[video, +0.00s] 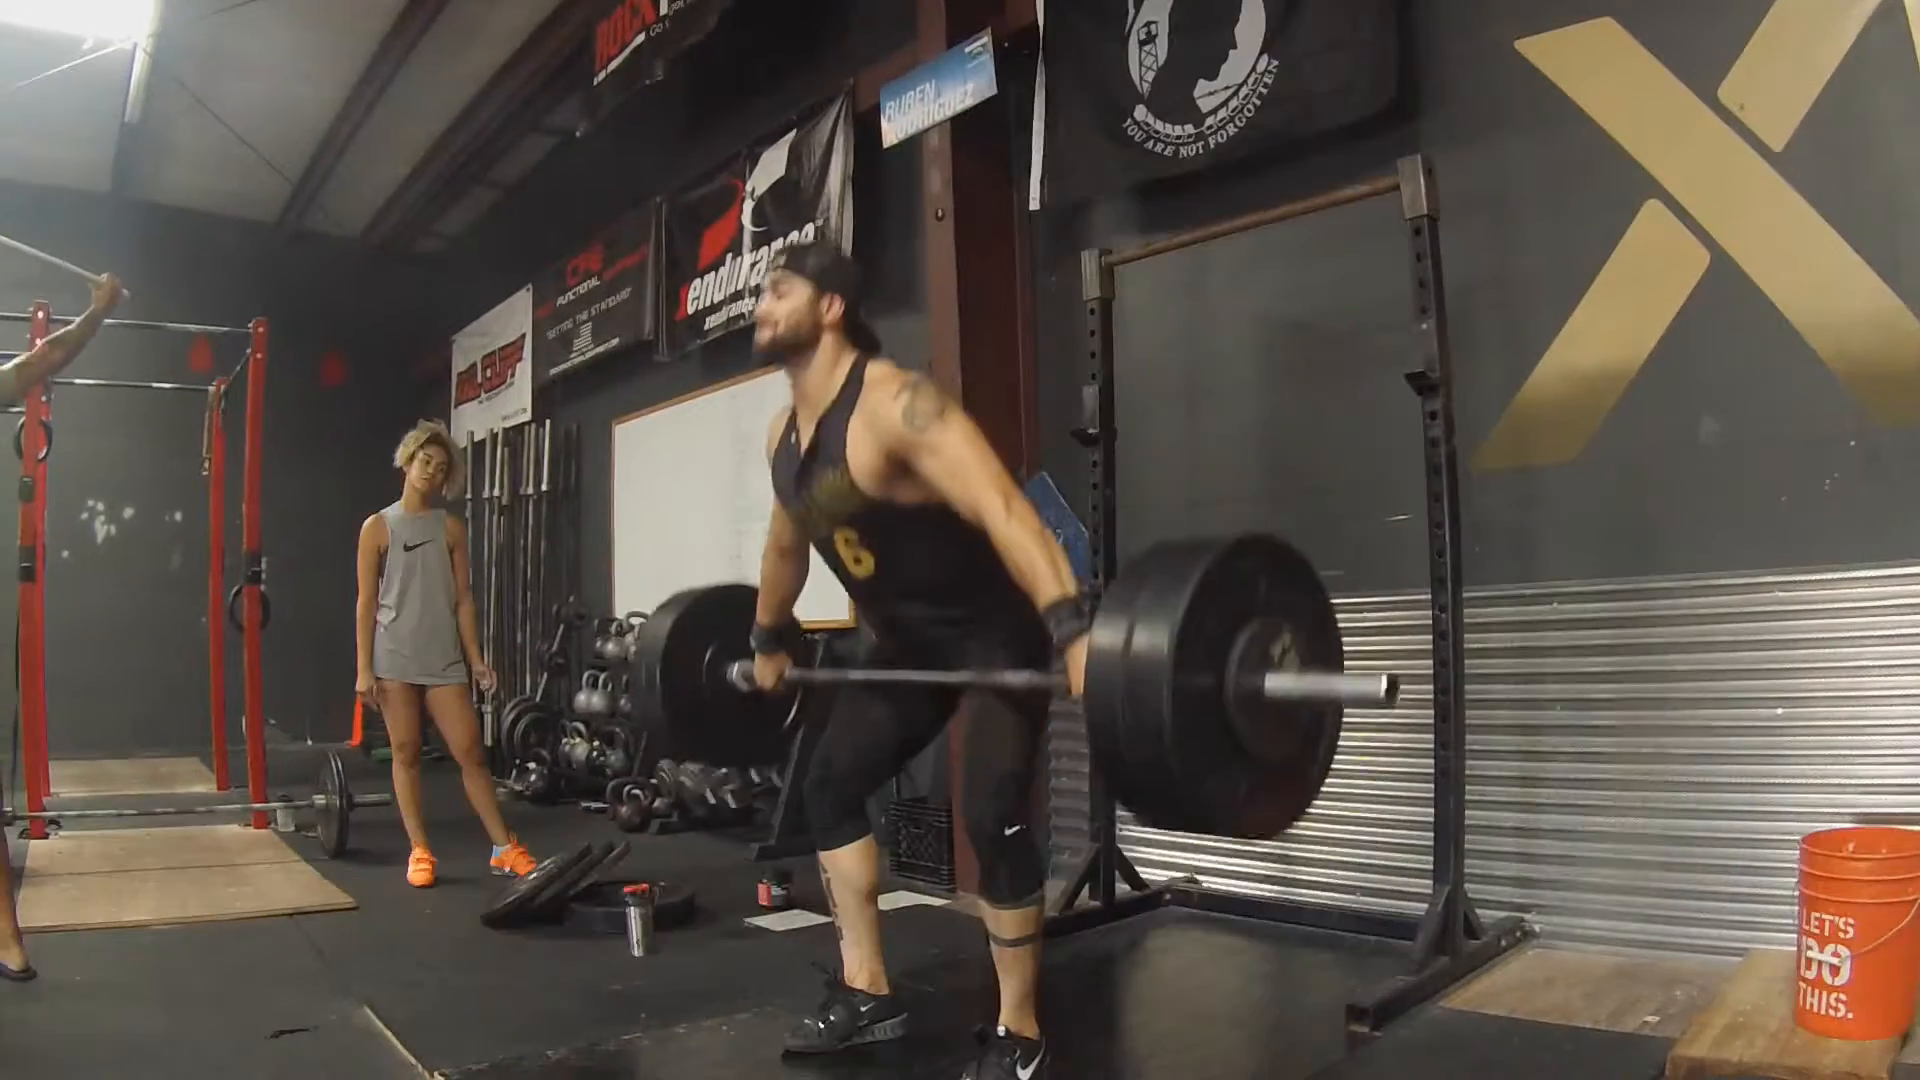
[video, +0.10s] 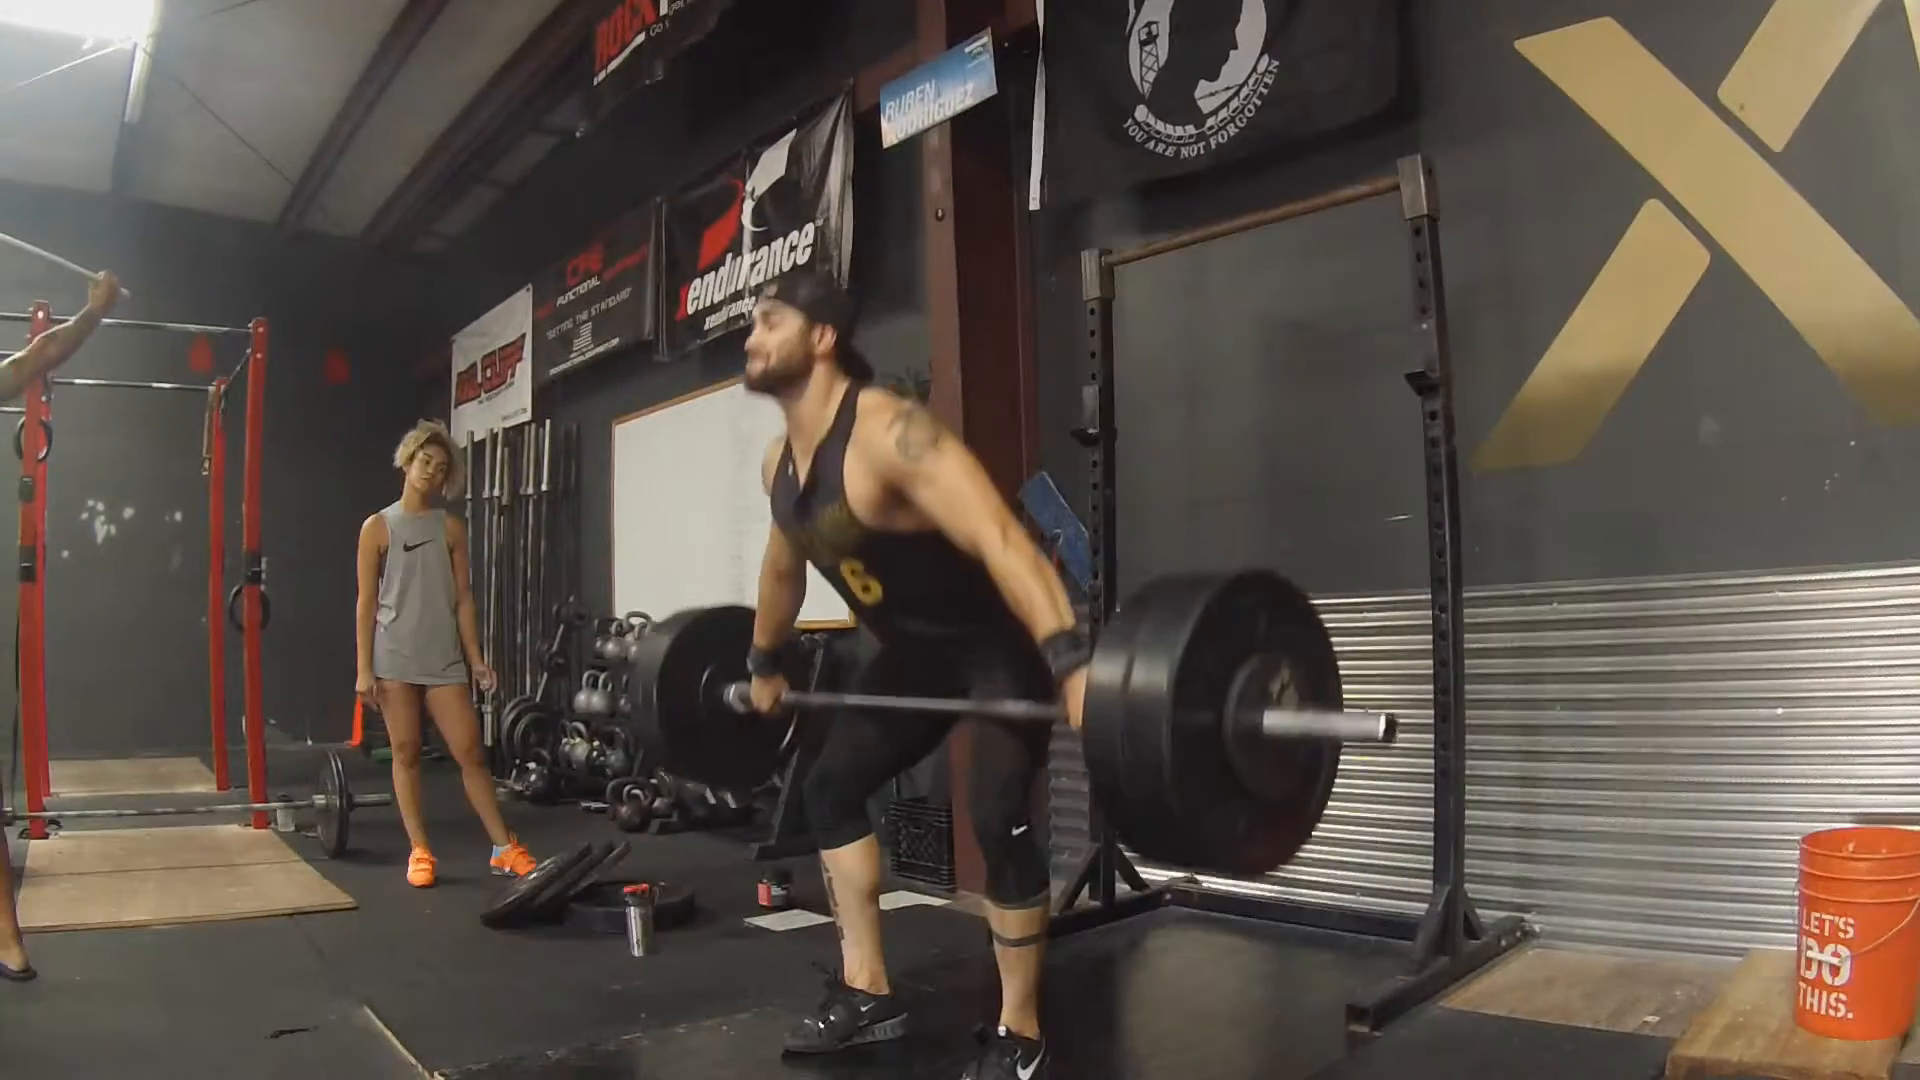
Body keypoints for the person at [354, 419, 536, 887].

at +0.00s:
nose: (430, 470)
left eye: (439, 466)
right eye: (424, 460)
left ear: (446, 475)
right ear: (406, 462)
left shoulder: (451, 527)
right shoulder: (378, 528)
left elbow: (463, 597)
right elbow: (367, 602)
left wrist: (475, 658)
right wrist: (364, 669)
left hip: (446, 661)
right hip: (395, 661)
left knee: (471, 752)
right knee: (406, 754)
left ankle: (504, 846)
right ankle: (419, 850)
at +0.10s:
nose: (430, 470)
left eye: (439, 466)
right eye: (424, 461)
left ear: (445, 476)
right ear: (406, 462)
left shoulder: (451, 527)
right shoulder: (378, 528)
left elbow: (463, 597)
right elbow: (367, 602)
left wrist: (475, 658)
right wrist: (364, 669)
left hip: (446, 661)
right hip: (395, 661)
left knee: (471, 752)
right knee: (406, 754)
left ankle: (504, 846)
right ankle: (419, 850)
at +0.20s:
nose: (430, 470)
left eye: (439, 466)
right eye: (424, 460)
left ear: (445, 476)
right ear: (405, 462)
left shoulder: (451, 527)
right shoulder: (378, 528)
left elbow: (463, 597)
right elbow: (367, 602)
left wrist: (475, 658)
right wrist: (364, 669)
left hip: (446, 661)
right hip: (395, 661)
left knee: (471, 752)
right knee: (406, 754)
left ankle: (504, 846)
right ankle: (419, 850)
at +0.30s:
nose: (430, 470)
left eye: (438, 465)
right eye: (423, 460)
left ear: (445, 474)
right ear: (405, 462)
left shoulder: (452, 528)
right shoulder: (377, 527)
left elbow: (463, 598)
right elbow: (367, 602)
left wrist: (476, 660)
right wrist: (364, 668)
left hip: (445, 660)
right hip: (394, 660)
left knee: (470, 753)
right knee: (405, 754)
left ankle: (504, 846)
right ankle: (419, 851)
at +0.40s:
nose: (430, 470)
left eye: (438, 465)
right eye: (423, 460)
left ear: (445, 474)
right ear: (405, 463)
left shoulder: (452, 528)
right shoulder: (377, 527)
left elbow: (463, 598)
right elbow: (366, 603)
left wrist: (476, 660)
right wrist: (364, 668)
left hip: (445, 661)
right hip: (394, 661)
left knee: (471, 753)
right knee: (405, 754)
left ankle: (504, 846)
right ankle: (419, 851)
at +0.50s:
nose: (430, 470)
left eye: (438, 465)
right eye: (423, 460)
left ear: (445, 474)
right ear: (405, 462)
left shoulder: (452, 528)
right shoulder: (377, 527)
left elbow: (463, 598)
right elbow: (366, 602)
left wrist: (475, 660)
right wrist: (364, 668)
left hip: (445, 661)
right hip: (394, 661)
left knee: (471, 753)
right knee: (405, 754)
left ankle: (504, 846)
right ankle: (419, 851)